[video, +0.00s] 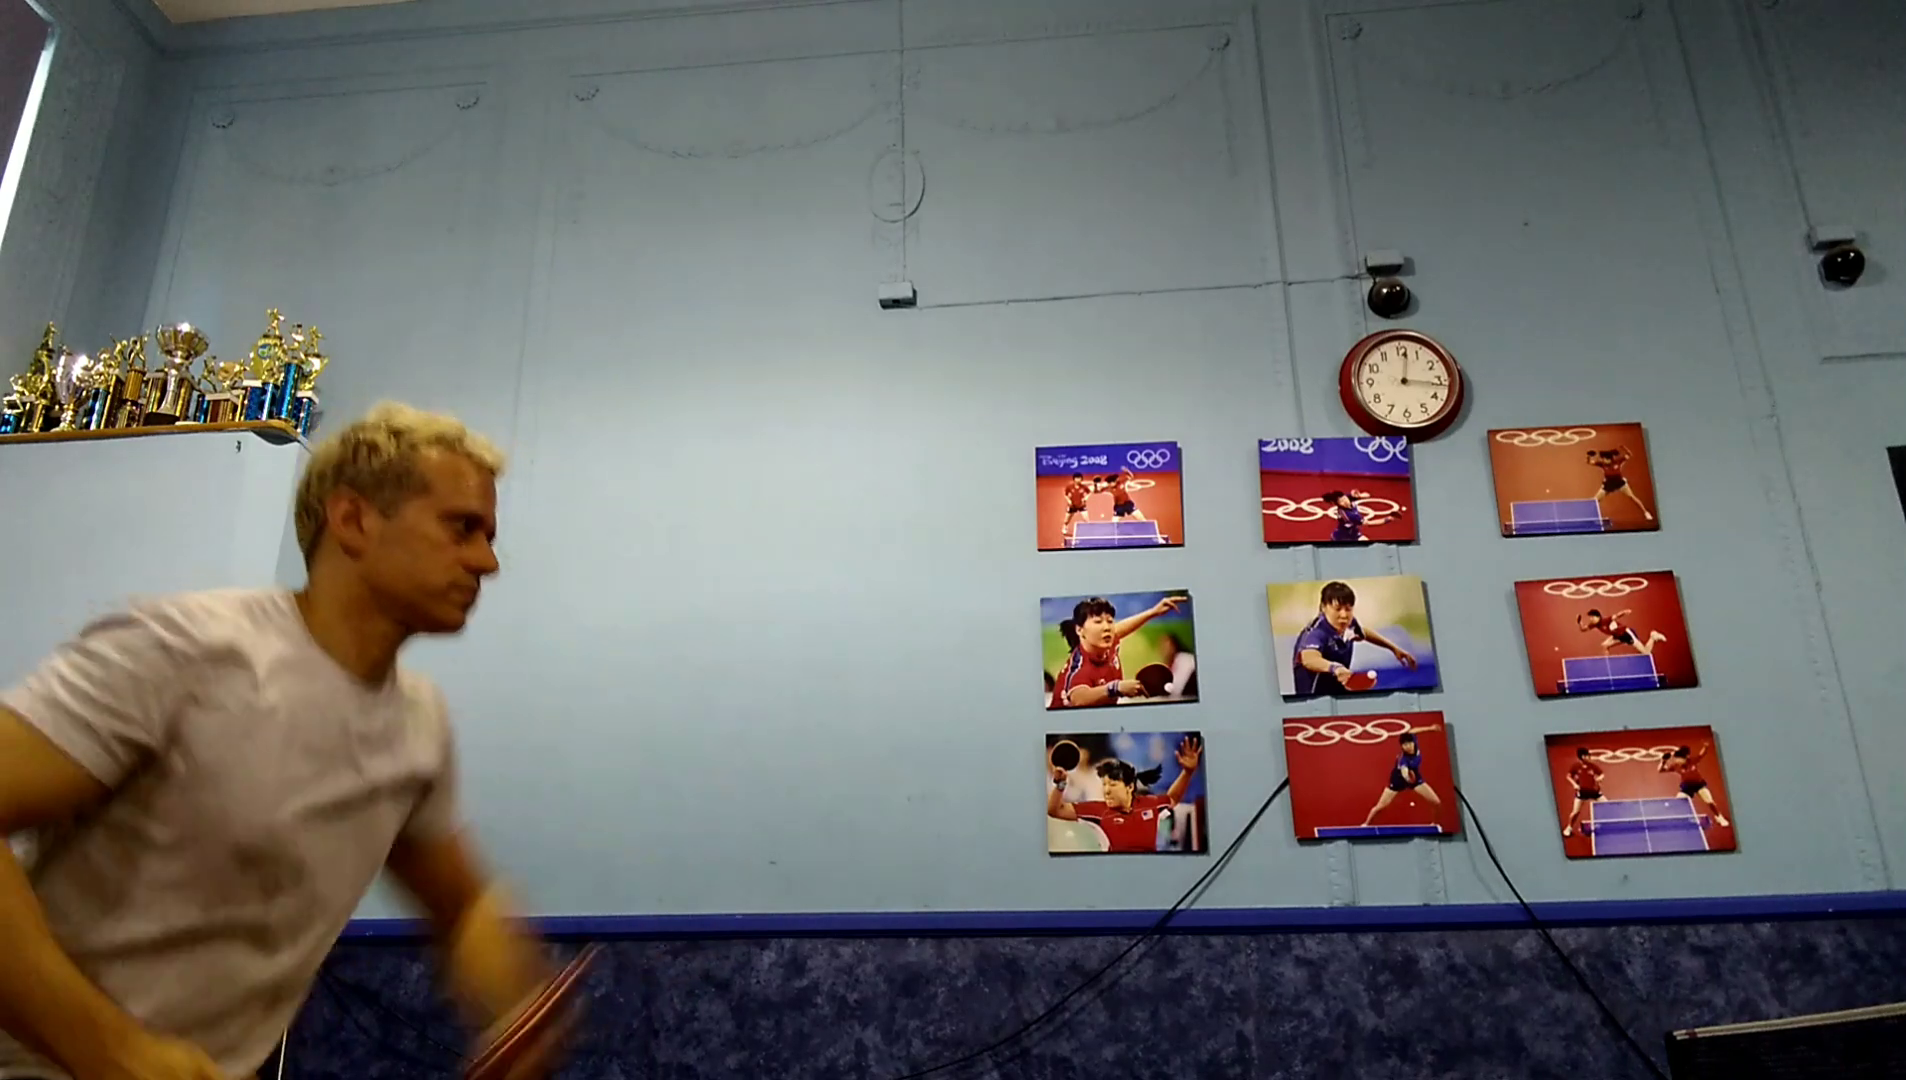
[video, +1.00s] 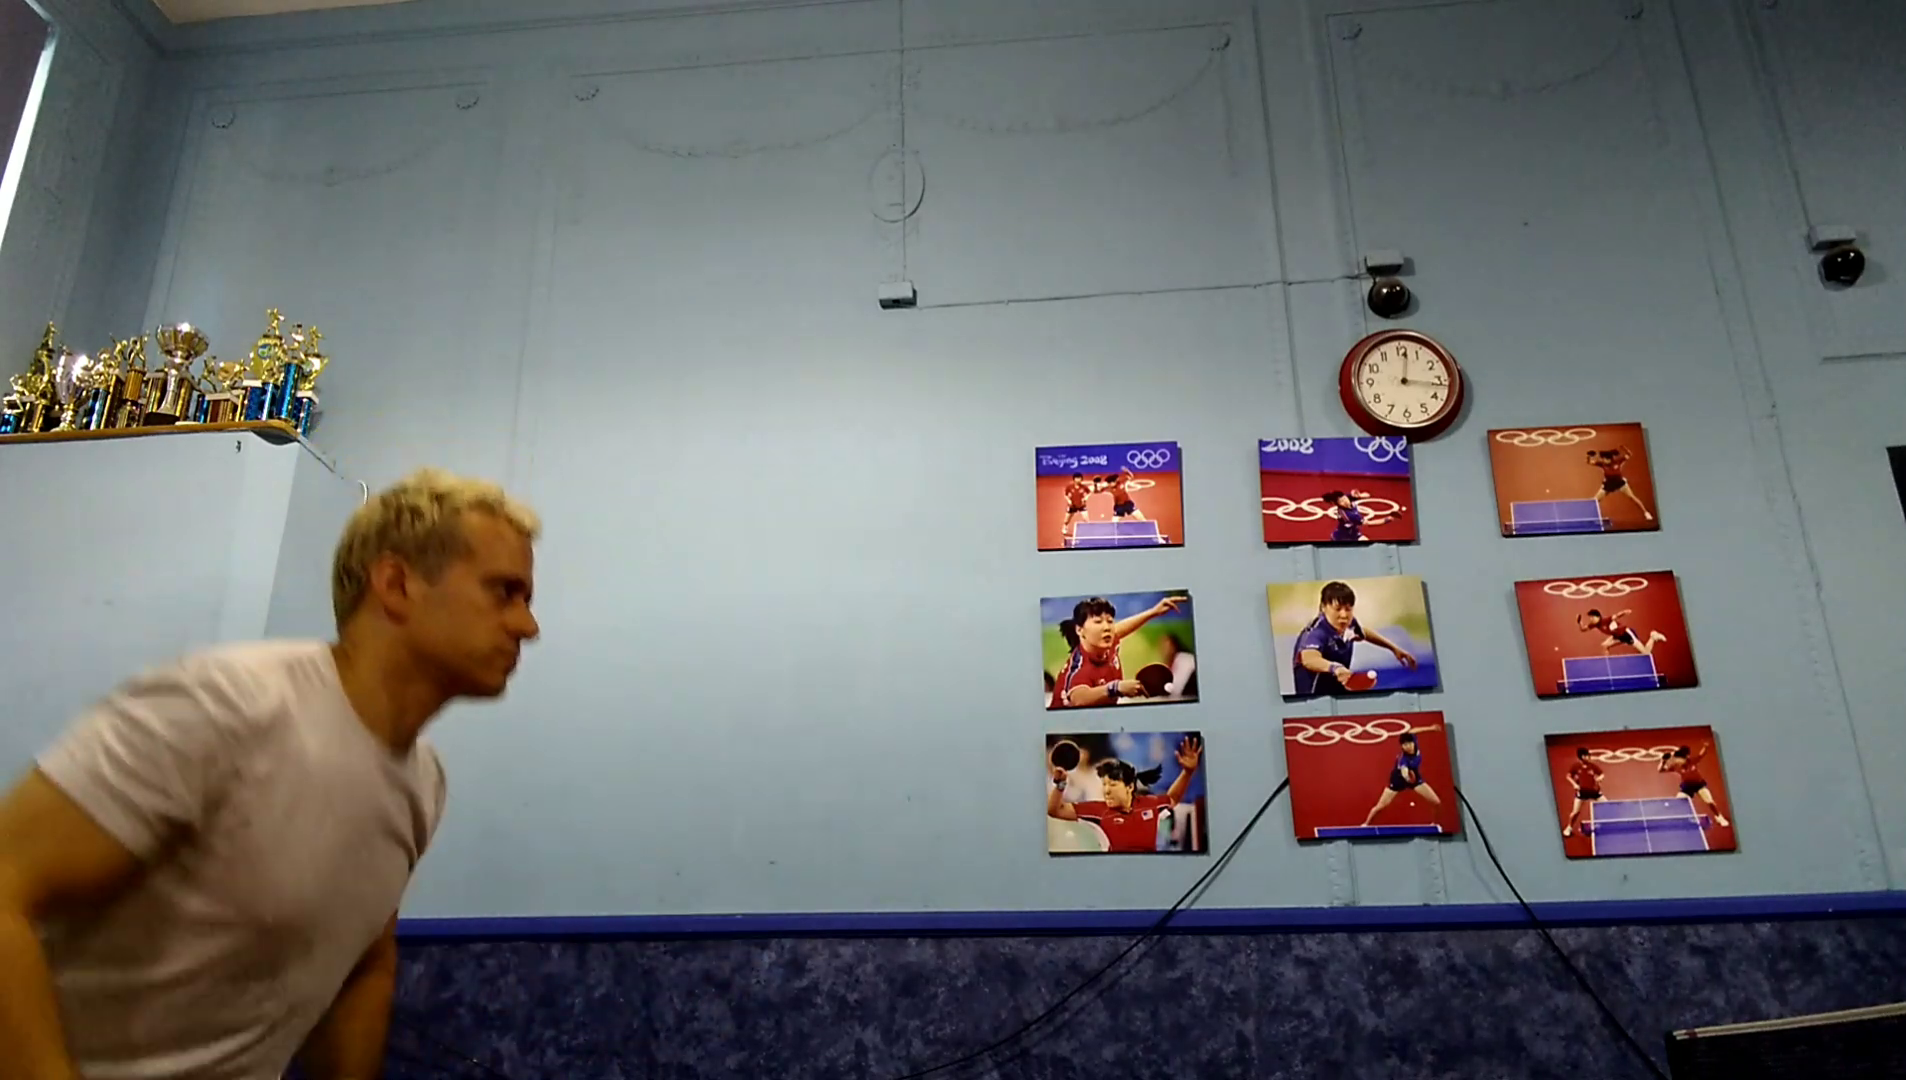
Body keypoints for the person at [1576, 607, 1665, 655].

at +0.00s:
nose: (1590, 621)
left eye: (1591, 618)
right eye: (1590, 619)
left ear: (1597, 617)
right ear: (1592, 619)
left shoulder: (1607, 620)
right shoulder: (1594, 625)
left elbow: (1617, 615)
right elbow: (1583, 630)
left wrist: (1625, 612)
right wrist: (1579, 623)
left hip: (1627, 634)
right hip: (1617, 637)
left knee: (1646, 652)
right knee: (1604, 645)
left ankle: (1653, 636)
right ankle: (1608, 667)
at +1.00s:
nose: (1590, 620)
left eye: (1591, 618)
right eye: (1590, 619)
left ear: (1597, 617)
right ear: (1592, 618)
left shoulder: (1607, 620)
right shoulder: (1594, 625)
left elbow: (1617, 615)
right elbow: (1583, 630)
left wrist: (1625, 612)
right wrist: (1579, 623)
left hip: (1627, 634)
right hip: (1617, 636)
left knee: (1645, 652)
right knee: (1604, 645)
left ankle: (1653, 636)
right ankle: (1608, 667)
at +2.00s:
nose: (1590, 620)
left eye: (1591, 618)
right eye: (1590, 618)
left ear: (1597, 617)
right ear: (1593, 618)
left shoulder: (1607, 620)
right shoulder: (1594, 624)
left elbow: (1617, 616)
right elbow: (1583, 630)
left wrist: (1625, 612)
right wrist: (1579, 623)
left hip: (1627, 634)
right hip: (1618, 637)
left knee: (1646, 652)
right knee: (1604, 645)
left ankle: (1653, 636)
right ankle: (1608, 667)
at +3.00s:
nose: (1590, 620)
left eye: (1591, 618)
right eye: (1590, 618)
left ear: (1597, 617)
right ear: (1593, 618)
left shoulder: (1606, 620)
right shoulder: (1594, 624)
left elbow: (1617, 616)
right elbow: (1583, 630)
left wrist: (1625, 612)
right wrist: (1579, 623)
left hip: (1627, 634)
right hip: (1618, 637)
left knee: (1646, 652)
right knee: (1604, 645)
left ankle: (1653, 636)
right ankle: (1608, 667)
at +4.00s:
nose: (1590, 620)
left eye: (1591, 618)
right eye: (1590, 618)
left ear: (1597, 617)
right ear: (1593, 618)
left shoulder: (1606, 620)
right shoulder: (1594, 624)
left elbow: (1617, 616)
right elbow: (1583, 630)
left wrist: (1625, 612)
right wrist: (1579, 623)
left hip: (1627, 634)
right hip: (1618, 637)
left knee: (1645, 652)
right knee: (1604, 645)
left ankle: (1653, 636)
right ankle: (1608, 666)